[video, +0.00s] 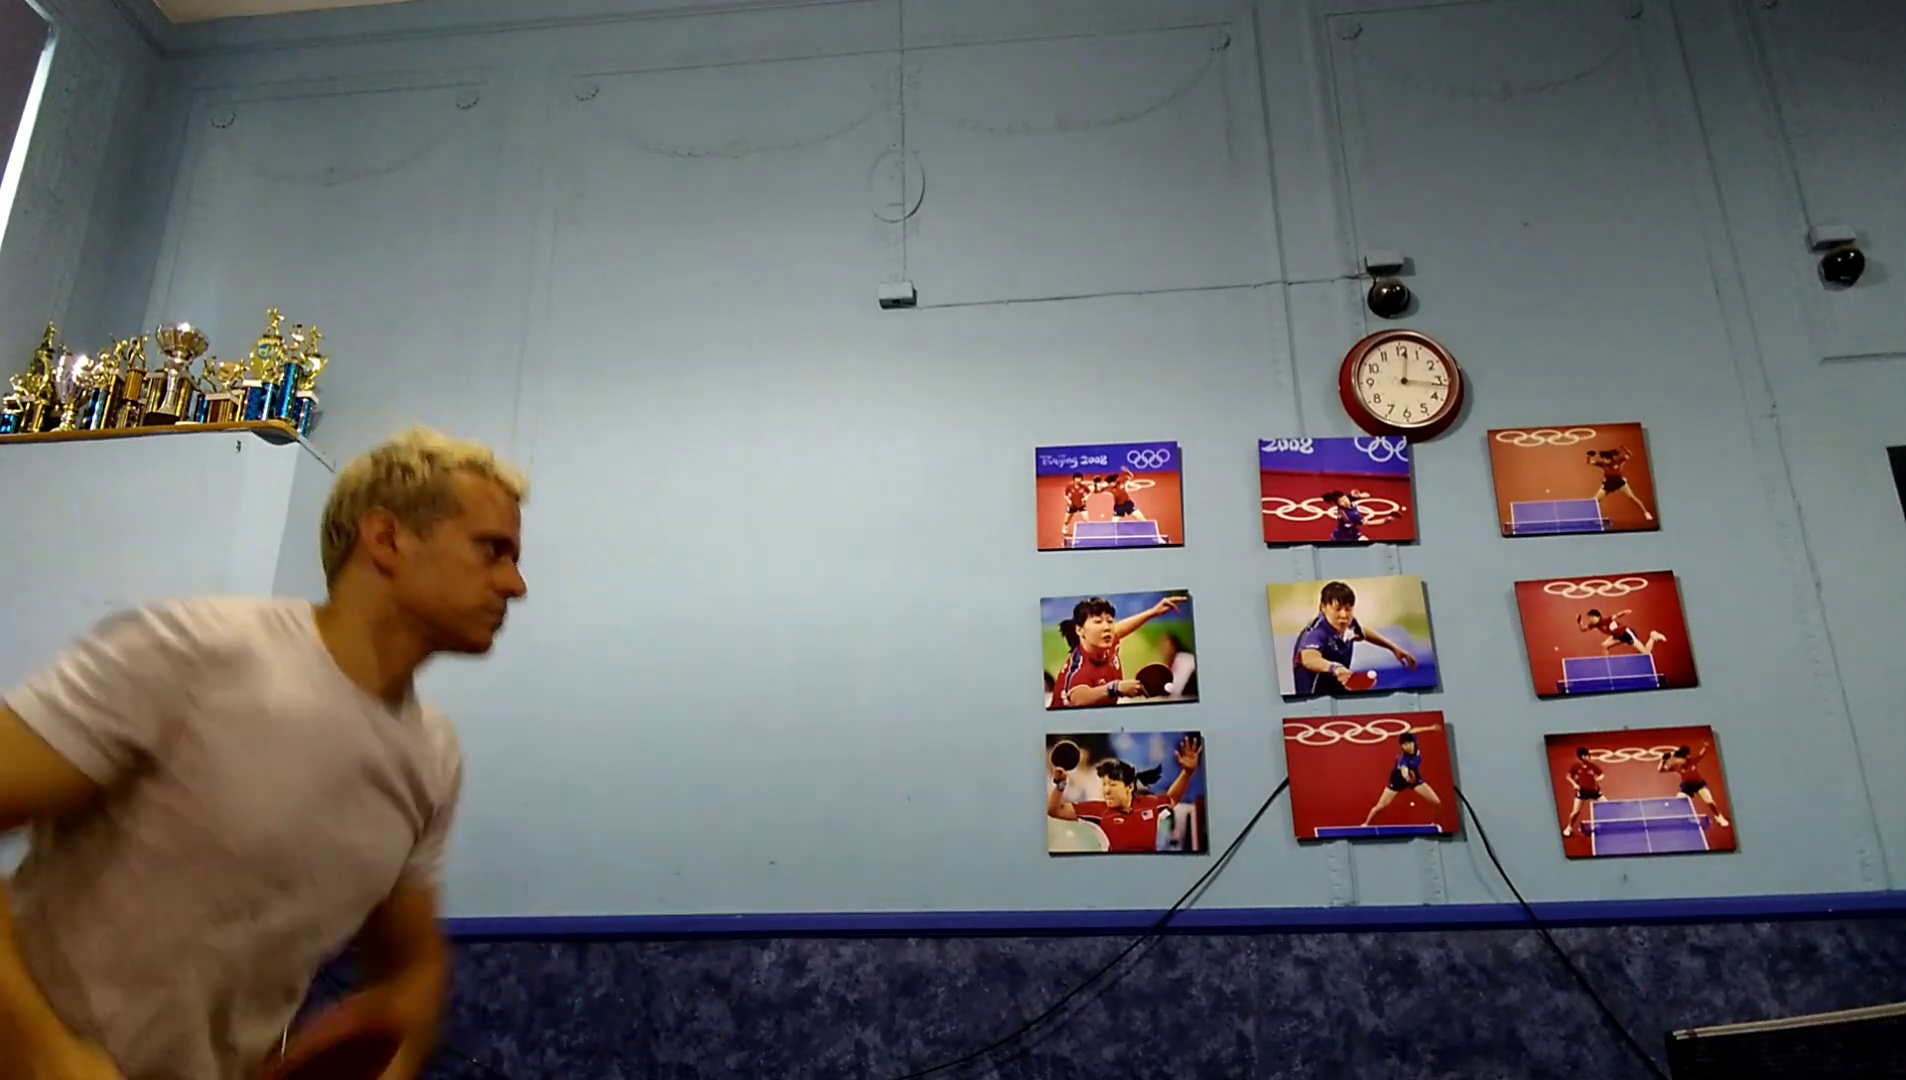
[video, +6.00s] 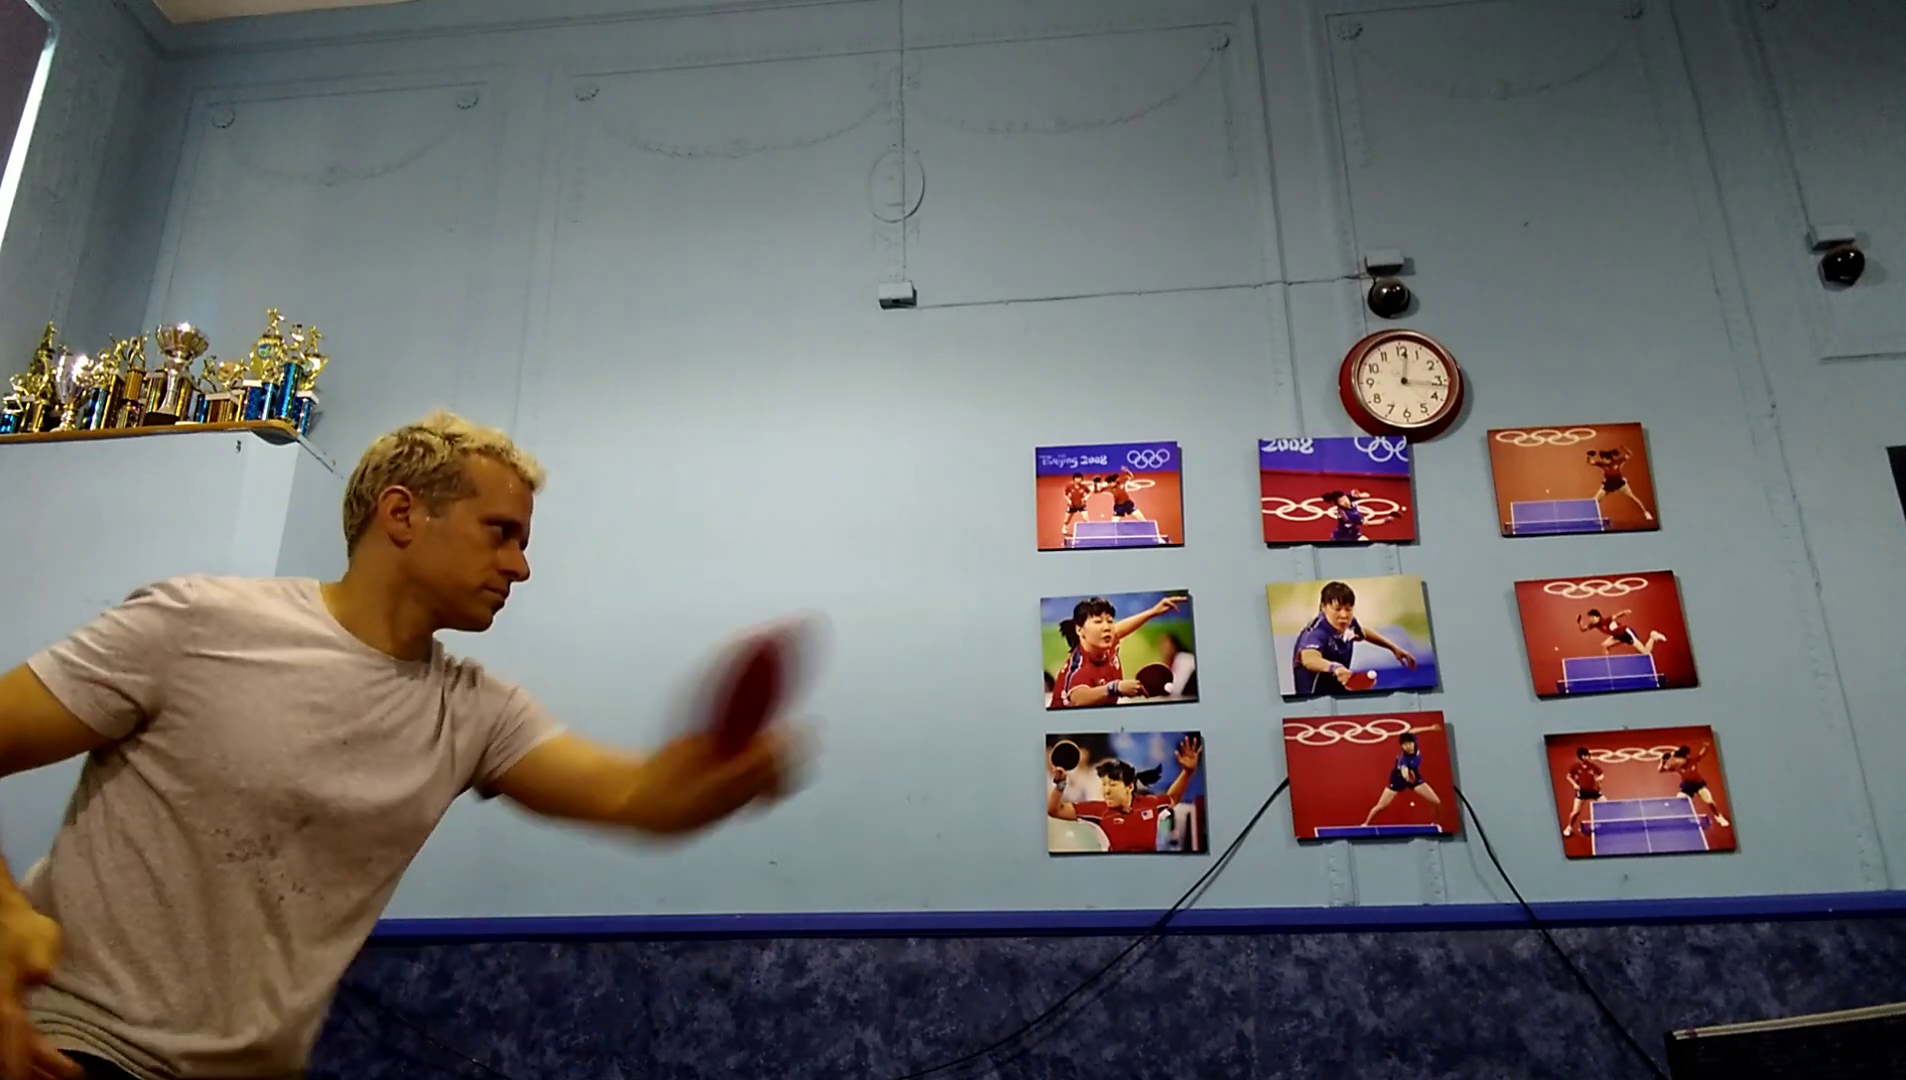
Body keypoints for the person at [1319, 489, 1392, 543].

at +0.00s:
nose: (1344, 502)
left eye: (1344, 499)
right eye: (1341, 502)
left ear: (1346, 497)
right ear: (1338, 505)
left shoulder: (1349, 498)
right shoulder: (1350, 515)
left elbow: (1368, 496)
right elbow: (1367, 523)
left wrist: (1360, 495)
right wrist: (1384, 520)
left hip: (1355, 535)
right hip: (1341, 538)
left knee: (1369, 547)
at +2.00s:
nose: (1344, 502)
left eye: (1344, 499)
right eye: (1341, 502)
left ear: (1346, 497)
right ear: (1338, 505)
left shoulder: (1350, 499)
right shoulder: (1349, 515)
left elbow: (1367, 496)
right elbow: (1367, 523)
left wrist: (1360, 495)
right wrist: (1385, 520)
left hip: (1355, 536)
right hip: (1342, 538)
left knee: (1370, 547)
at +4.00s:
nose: (1344, 502)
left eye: (1344, 499)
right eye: (1341, 502)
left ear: (1346, 497)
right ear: (1339, 505)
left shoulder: (1348, 498)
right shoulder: (1350, 515)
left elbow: (1367, 496)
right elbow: (1367, 523)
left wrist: (1360, 495)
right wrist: (1385, 520)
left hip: (1356, 536)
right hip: (1341, 538)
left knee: (1371, 547)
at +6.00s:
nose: (1344, 502)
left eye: (1344, 499)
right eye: (1341, 502)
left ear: (1346, 497)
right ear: (1339, 505)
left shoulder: (1349, 498)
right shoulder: (1350, 515)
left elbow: (1367, 496)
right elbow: (1367, 523)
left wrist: (1360, 495)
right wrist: (1385, 520)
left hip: (1356, 536)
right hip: (1341, 538)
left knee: (1371, 548)